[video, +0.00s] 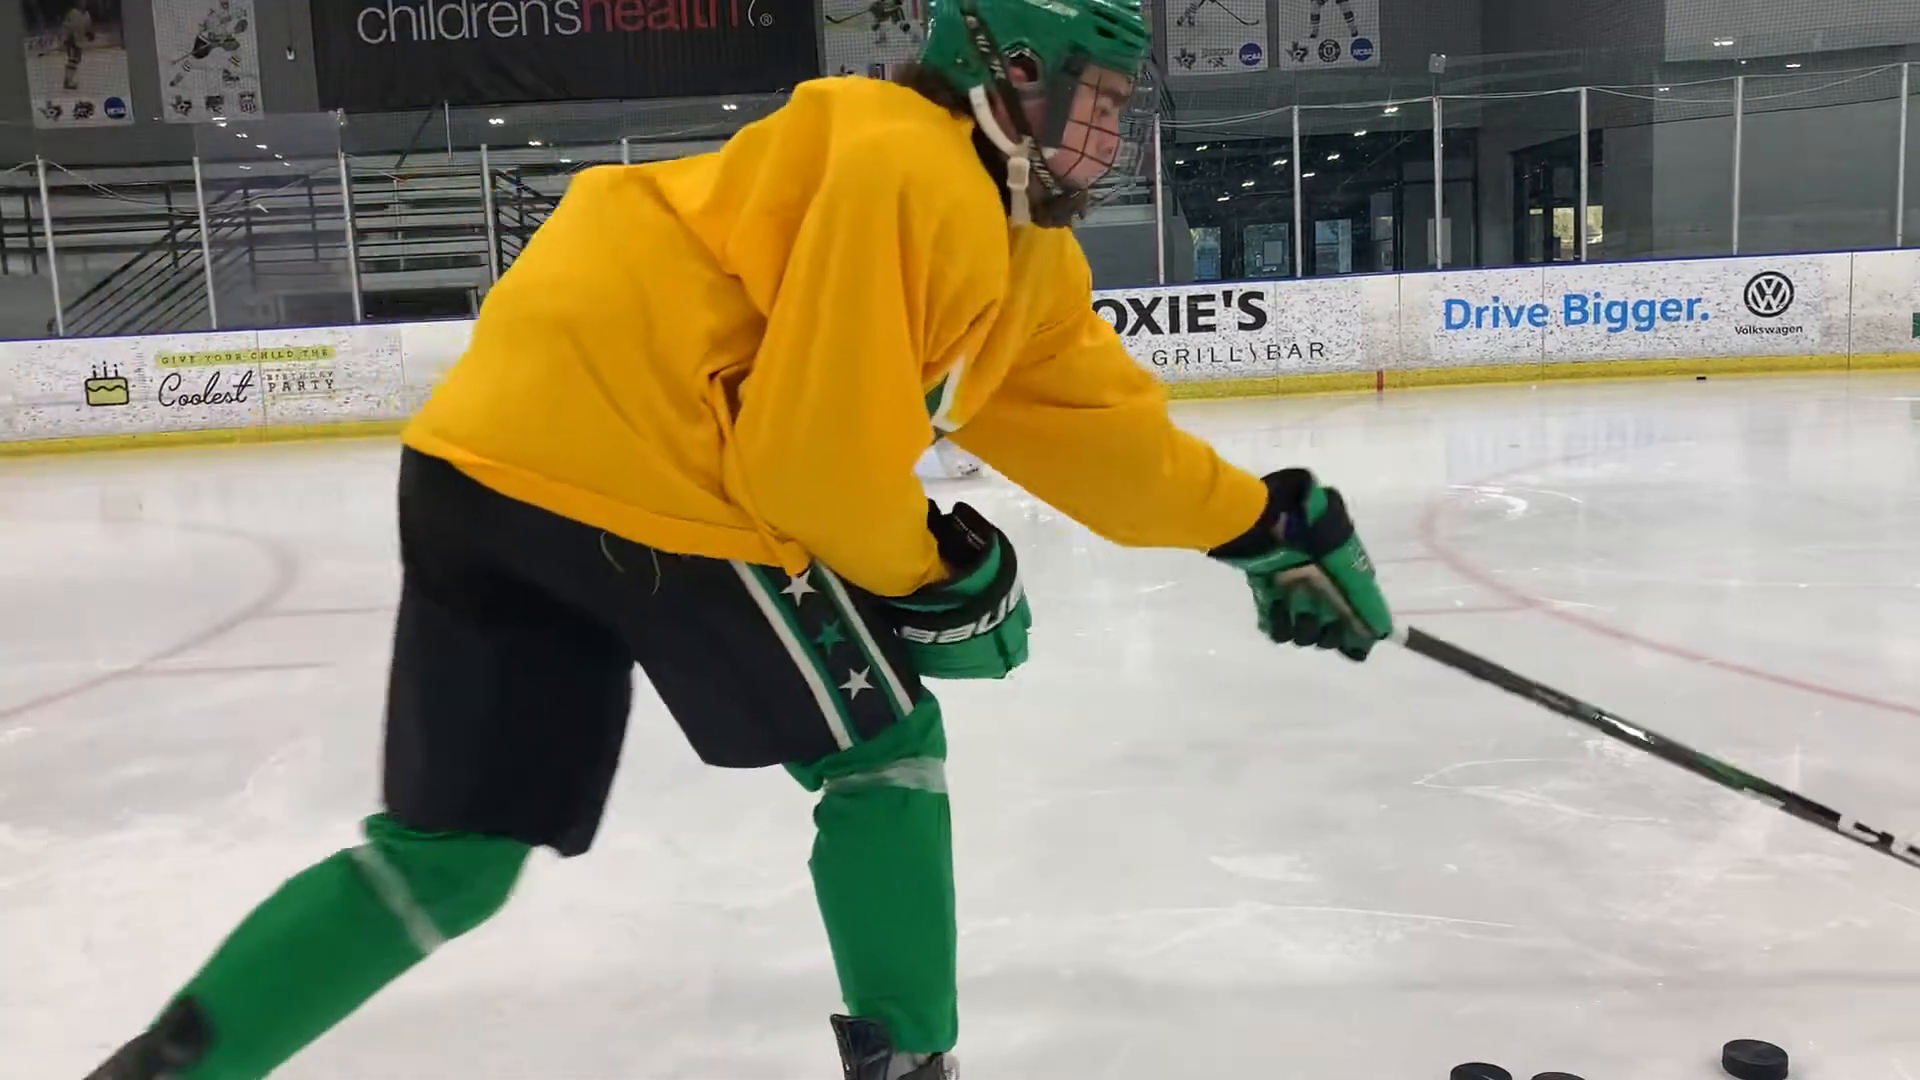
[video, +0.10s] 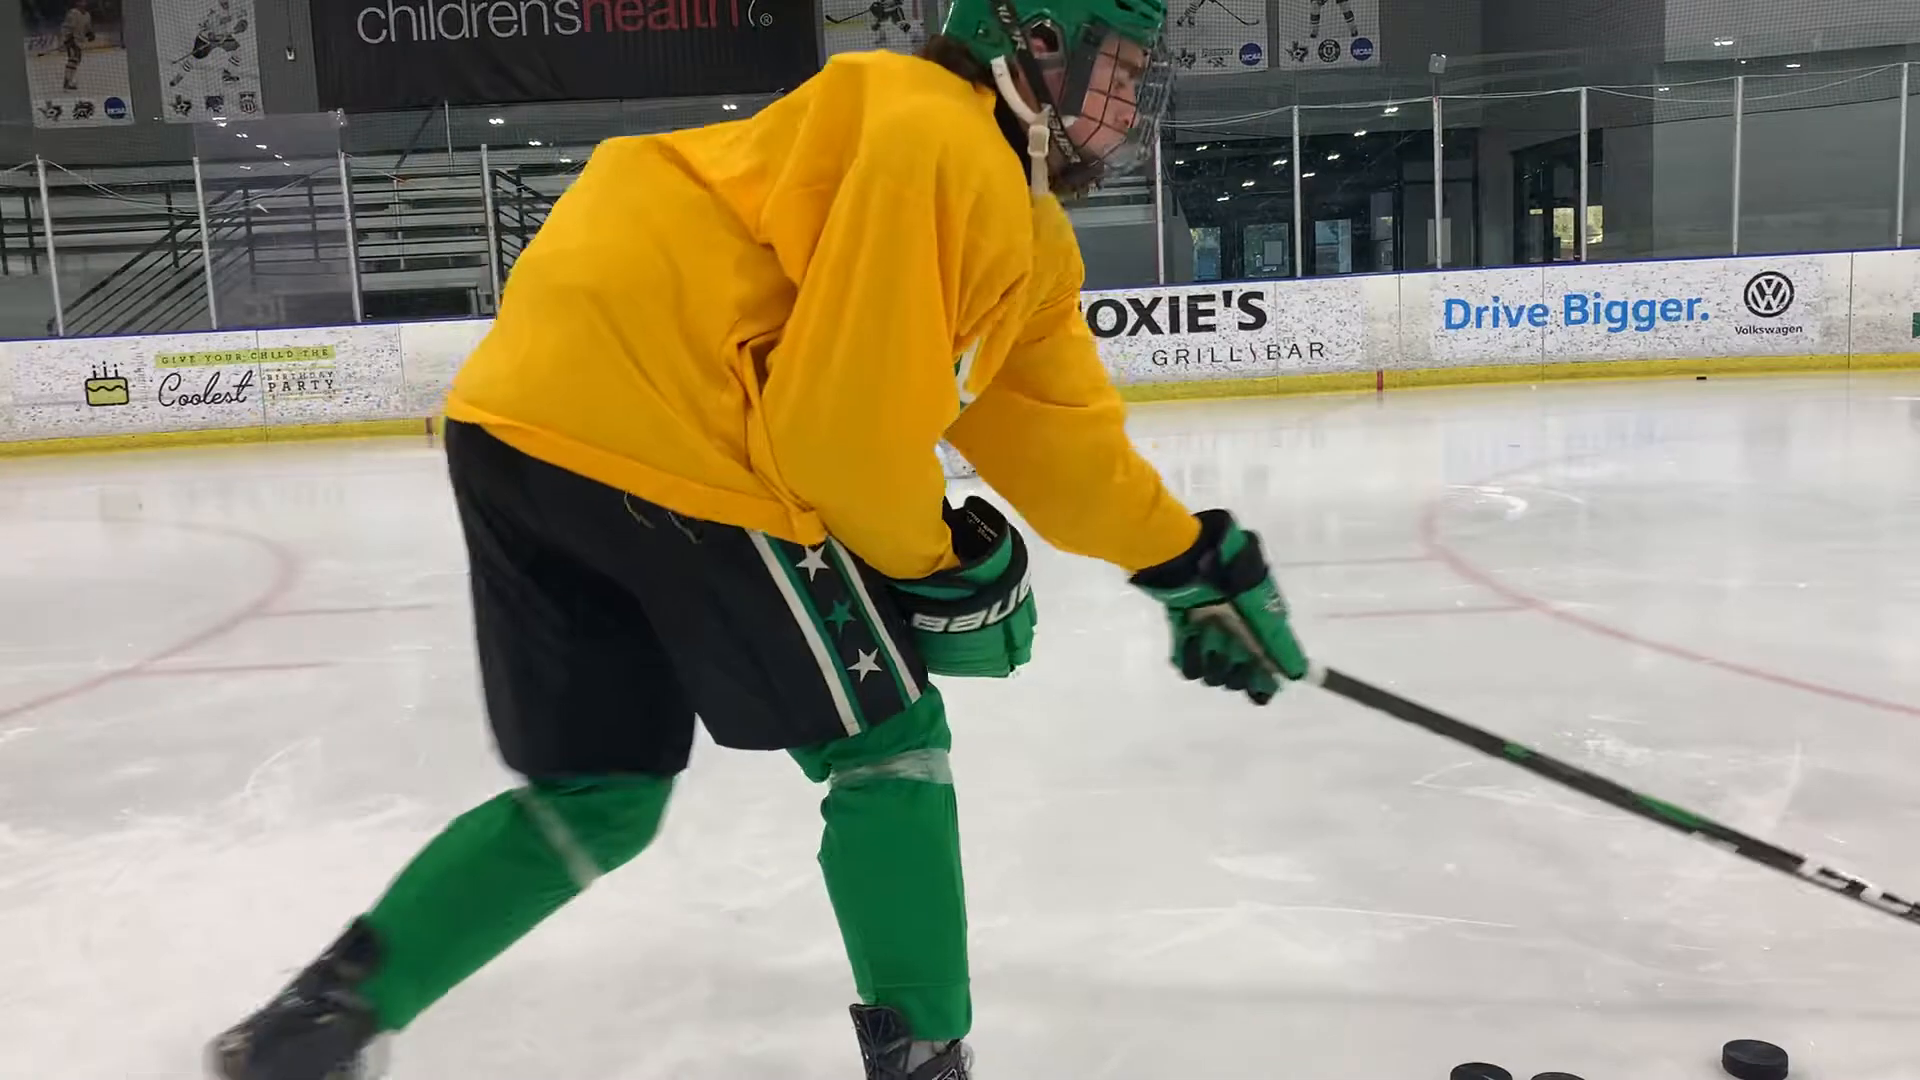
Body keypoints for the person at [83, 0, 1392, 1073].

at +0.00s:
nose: (1114, 135)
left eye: (1123, 105)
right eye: (1093, 97)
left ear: (1056, 104)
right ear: (998, 73)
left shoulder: (1013, 245)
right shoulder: (904, 165)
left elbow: (1087, 419)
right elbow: (809, 459)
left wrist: (1269, 528)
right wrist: (936, 571)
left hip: (483, 452)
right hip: (633, 479)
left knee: (452, 847)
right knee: (881, 745)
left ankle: (169, 1058)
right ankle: (904, 1051)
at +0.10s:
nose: (1130, 112)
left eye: (1139, 82)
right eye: (1114, 73)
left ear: (1065, 68)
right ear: (1033, 48)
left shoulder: (1015, 228)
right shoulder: (932, 137)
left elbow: (1054, 432)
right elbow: (839, 431)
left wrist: (1192, 562)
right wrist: (947, 565)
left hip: (515, 415)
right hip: (667, 444)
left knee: (600, 793)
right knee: (883, 743)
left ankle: (309, 1026)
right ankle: (920, 1060)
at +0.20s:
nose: (1111, 60)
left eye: (1126, 39)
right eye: (1097, 25)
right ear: (1013, 17)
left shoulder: (980, 165)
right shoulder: (934, 105)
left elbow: (988, 401)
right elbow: (842, 394)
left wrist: (1091, 564)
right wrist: (934, 556)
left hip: (537, 381)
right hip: (675, 411)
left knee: (715, 715)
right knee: (873, 736)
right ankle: (919, 1060)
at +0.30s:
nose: (1066, 17)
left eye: (1073, 9)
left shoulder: (938, 89)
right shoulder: (907, 56)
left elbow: (927, 362)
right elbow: (819, 338)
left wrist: (996, 519)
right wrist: (902, 525)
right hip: (649, 389)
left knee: (756, 670)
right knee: (841, 725)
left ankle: (685, 916)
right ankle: (895, 1053)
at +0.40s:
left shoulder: (832, 26)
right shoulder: (864, 34)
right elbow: (776, 301)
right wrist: (880, 490)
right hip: (640, 390)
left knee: (778, 664)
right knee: (828, 708)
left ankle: (781, 896)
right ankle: (869, 1040)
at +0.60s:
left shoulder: (762, 25)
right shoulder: (759, 28)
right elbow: (703, 294)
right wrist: (812, 467)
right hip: (582, 393)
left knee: (759, 666)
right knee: (763, 687)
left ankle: (754, 898)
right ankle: (742, 1022)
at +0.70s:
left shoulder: (689, 27)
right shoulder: (726, 39)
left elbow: (690, 283)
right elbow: (674, 300)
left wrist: (761, 452)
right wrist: (771, 477)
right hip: (542, 397)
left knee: (699, 666)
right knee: (703, 696)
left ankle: (685, 885)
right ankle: (665, 1028)